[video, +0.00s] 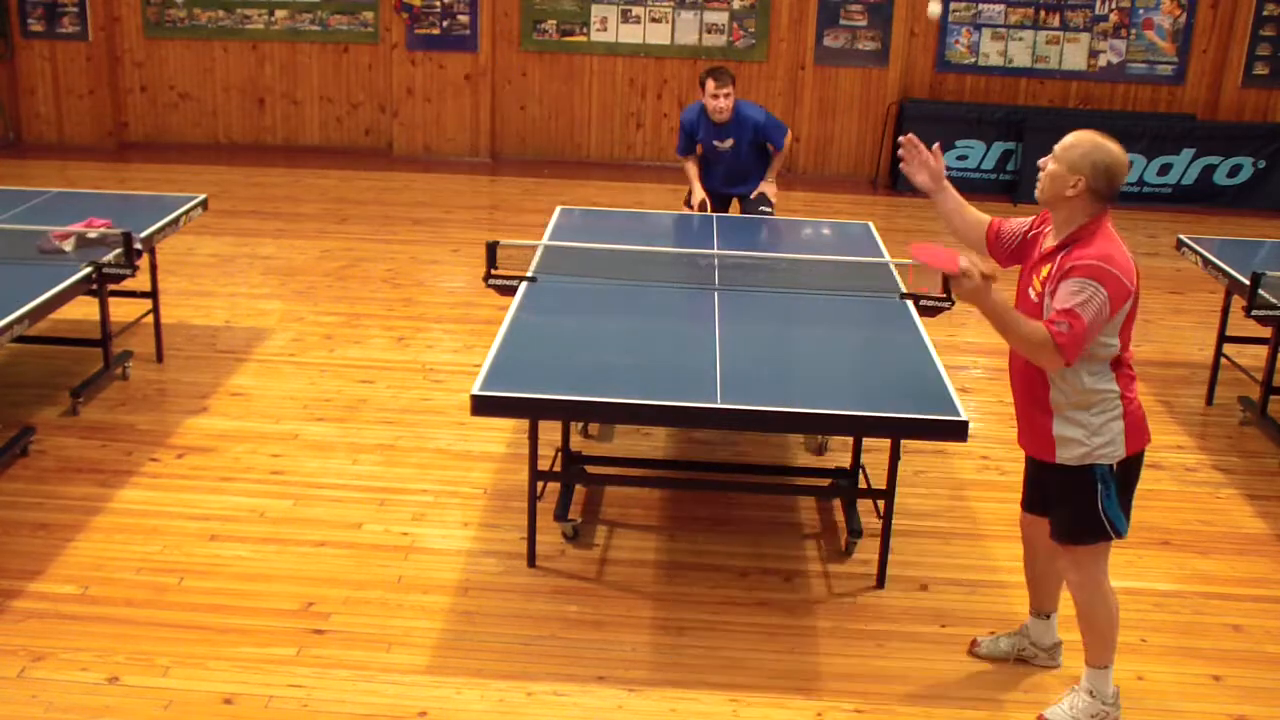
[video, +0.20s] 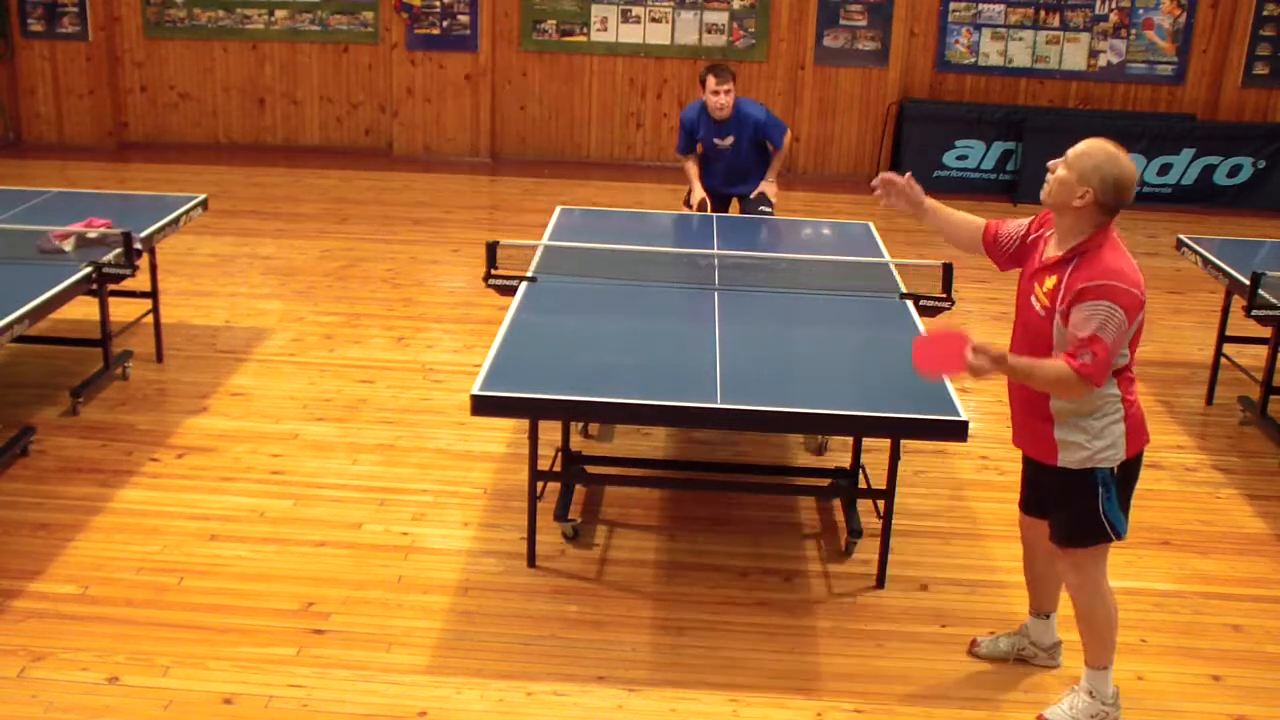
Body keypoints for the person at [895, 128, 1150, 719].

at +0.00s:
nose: (1040, 163)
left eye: (1052, 159)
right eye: (1047, 155)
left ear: (1076, 186)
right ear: (1074, 187)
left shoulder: (1100, 265)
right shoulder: (1046, 229)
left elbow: (1054, 349)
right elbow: (988, 240)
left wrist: (986, 299)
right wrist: (938, 187)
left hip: (1095, 441)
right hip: (1049, 430)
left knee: (1084, 562)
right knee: (1038, 528)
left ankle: (1101, 692)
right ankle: (1041, 634)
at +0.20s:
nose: (1050, 165)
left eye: (1062, 165)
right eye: (1058, 160)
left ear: (1084, 199)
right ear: (1077, 195)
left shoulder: (1110, 281)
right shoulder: (1047, 230)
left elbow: (1079, 378)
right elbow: (986, 238)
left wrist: (1004, 362)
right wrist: (919, 204)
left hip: (1091, 445)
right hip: (1045, 429)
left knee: (1081, 566)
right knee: (1036, 531)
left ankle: (1099, 692)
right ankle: (1039, 634)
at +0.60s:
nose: (983, 242)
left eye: (989, 236)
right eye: (984, 233)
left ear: (1021, 251)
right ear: (1027, 245)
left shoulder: (1092, 298)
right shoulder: (1035, 270)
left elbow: (1120, 383)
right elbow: (1011, 309)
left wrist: (1086, 385)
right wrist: (955, 330)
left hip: (1091, 464)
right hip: (1043, 449)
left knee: (1062, 589)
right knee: (998, 539)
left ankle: (1099, 694)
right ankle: (1021, 657)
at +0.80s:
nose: (947, 253)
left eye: (949, 244)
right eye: (947, 243)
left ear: (974, 249)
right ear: (993, 237)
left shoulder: (1041, 288)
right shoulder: (1019, 275)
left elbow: (1056, 380)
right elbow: (1022, 360)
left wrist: (978, 360)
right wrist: (976, 365)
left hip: (1068, 478)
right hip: (1033, 462)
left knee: (989, 599)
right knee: (977, 552)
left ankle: (1073, 688)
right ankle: (1012, 672)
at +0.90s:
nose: (947, 245)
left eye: (948, 235)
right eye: (946, 234)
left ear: (969, 240)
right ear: (997, 228)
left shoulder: (1031, 281)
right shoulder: (1017, 270)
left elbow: (1043, 367)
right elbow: (1025, 355)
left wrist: (955, 348)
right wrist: (959, 347)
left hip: (1048, 477)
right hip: (1031, 464)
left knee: (967, 599)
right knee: (988, 568)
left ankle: (1010, 707)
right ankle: (1010, 670)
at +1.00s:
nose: (947, 242)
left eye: (948, 232)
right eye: (946, 231)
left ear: (966, 234)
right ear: (1009, 224)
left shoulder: (1009, 284)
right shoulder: (1048, 267)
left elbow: (1017, 370)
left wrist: (933, 351)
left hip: (1030, 482)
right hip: (1062, 471)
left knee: (957, 614)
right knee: (1000, 567)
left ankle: (952, 715)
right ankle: (1014, 671)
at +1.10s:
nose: (945, 242)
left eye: (945, 232)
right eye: (944, 232)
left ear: (961, 235)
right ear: (1011, 227)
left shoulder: (989, 290)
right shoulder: (1057, 277)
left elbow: (974, 383)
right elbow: (1091, 352)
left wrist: (907, 372)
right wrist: (1016, 364)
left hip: (1016, 490)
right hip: (1074, 481)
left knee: (943, 619)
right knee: (1003, 569)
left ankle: (946, 714)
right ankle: (1015, 673)